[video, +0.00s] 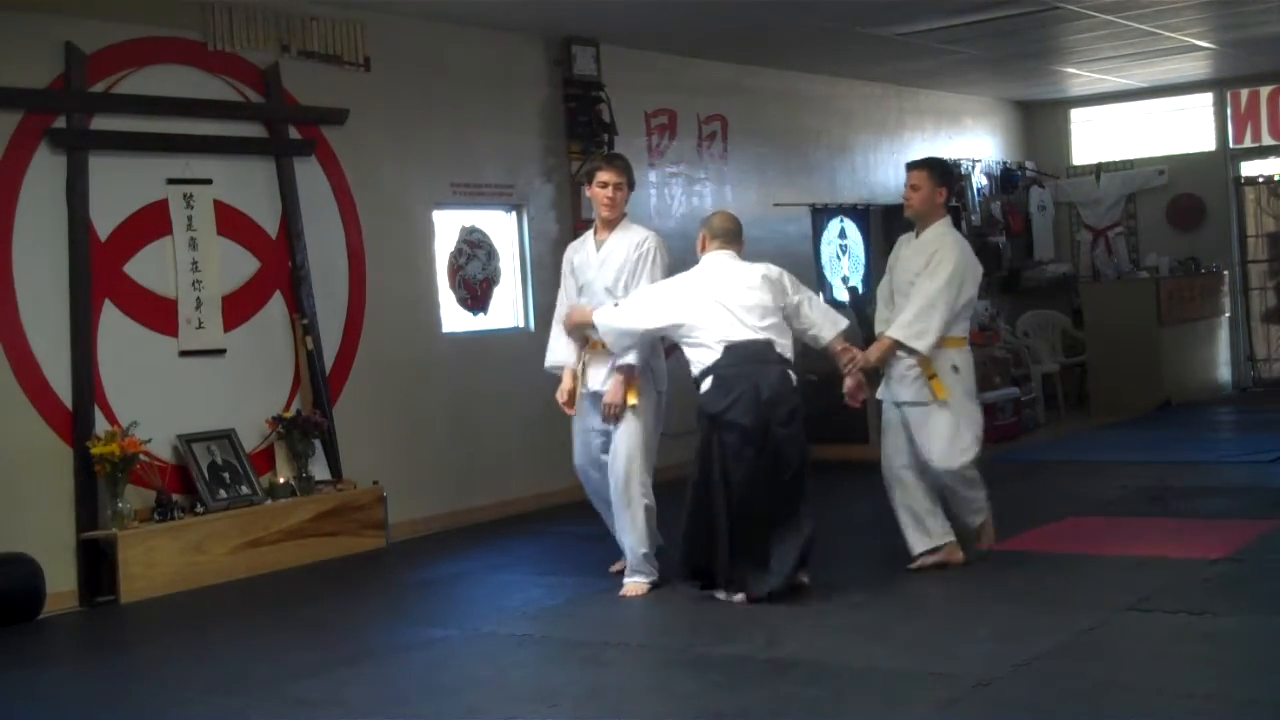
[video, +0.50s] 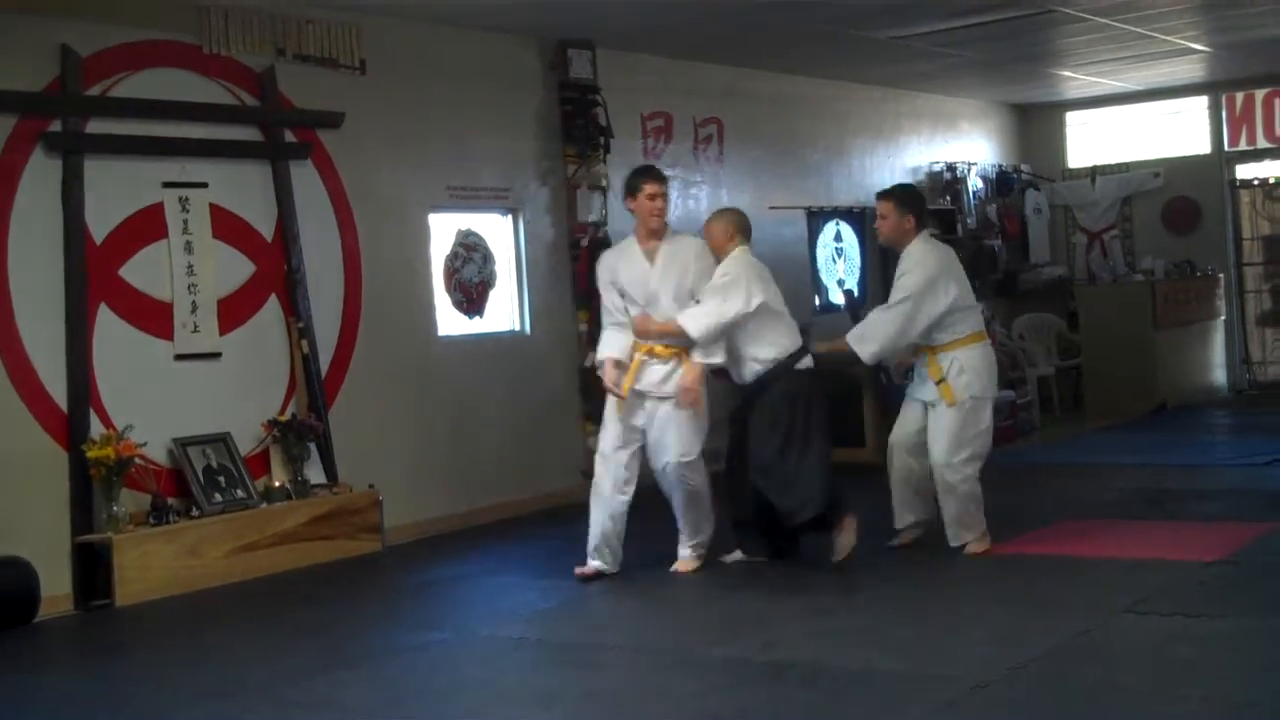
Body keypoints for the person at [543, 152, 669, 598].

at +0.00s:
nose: (610, 194)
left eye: (619, 187)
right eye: (602, 186)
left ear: (629, 193)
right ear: (589, 190)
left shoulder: (645, 243)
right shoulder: (575, 250)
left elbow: (646, 316)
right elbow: (567, 314)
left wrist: (623, 375)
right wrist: (569, 372)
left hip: (635, 370)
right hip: (590, 369)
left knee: (628, 467)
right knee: (588, 463)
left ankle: (640, 567)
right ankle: (632, 544)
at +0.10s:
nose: (611, 195)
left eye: (619, 188)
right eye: (603, 187)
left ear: (627, 194)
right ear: (587, 191)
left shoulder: (646, 242)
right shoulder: (571, 252)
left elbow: (649, 314)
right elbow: (574, 314)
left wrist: (626, 371)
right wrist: (572, 356)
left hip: (635, 366)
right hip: (589, 365)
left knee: (631, 468)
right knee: (580, 463)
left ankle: (640, 568)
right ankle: (610, 548)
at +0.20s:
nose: (614, 197)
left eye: (621, 190)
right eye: (605, 189)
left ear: (627, 195)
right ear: (586, 194)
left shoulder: (648, 244)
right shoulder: (569, 255)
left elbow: (658, 316)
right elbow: (577, 316)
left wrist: (635, 371)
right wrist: (569, 347)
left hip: (637, 367)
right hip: (588, 369)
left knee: (635, 469)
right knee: (579, 470)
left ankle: (639, 568)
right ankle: (596, 555)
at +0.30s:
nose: (621, 200)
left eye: (626, 192)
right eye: (612, 192)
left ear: (631, 196)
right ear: (592, 198)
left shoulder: (655, 244)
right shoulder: (574, 257)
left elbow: (670, 313)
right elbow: (582, 318)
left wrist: (649, 368)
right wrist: (574, 353)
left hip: (648, 363)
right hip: (598, 365)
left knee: (645, 464)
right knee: (592, 466)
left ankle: (647, 562)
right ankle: (603, 556)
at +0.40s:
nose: (637, 202)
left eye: (641, 194)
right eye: (628, 194)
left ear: (646, 199)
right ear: (607, 201)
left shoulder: (671, 246)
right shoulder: (590, 259)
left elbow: (689, 313)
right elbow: (596, 319)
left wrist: (669, 367)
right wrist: (589, 356)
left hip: (663, 362)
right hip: (611, 365)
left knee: (654, 453)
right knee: (601, 463)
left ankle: (680, 543)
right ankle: (602, 557)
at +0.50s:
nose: (659, 204)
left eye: (663, 197)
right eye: (651, 197)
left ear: (669, 202)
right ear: (631, 203)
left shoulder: (694, 250)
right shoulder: (611, 261)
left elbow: (711, 313)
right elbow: (614, 322)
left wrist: (697, 367)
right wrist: (610, 361)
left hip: (679, 370)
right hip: (629, 370)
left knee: (678, 463)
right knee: (611, 465)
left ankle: (692, 543)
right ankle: (603, 555)